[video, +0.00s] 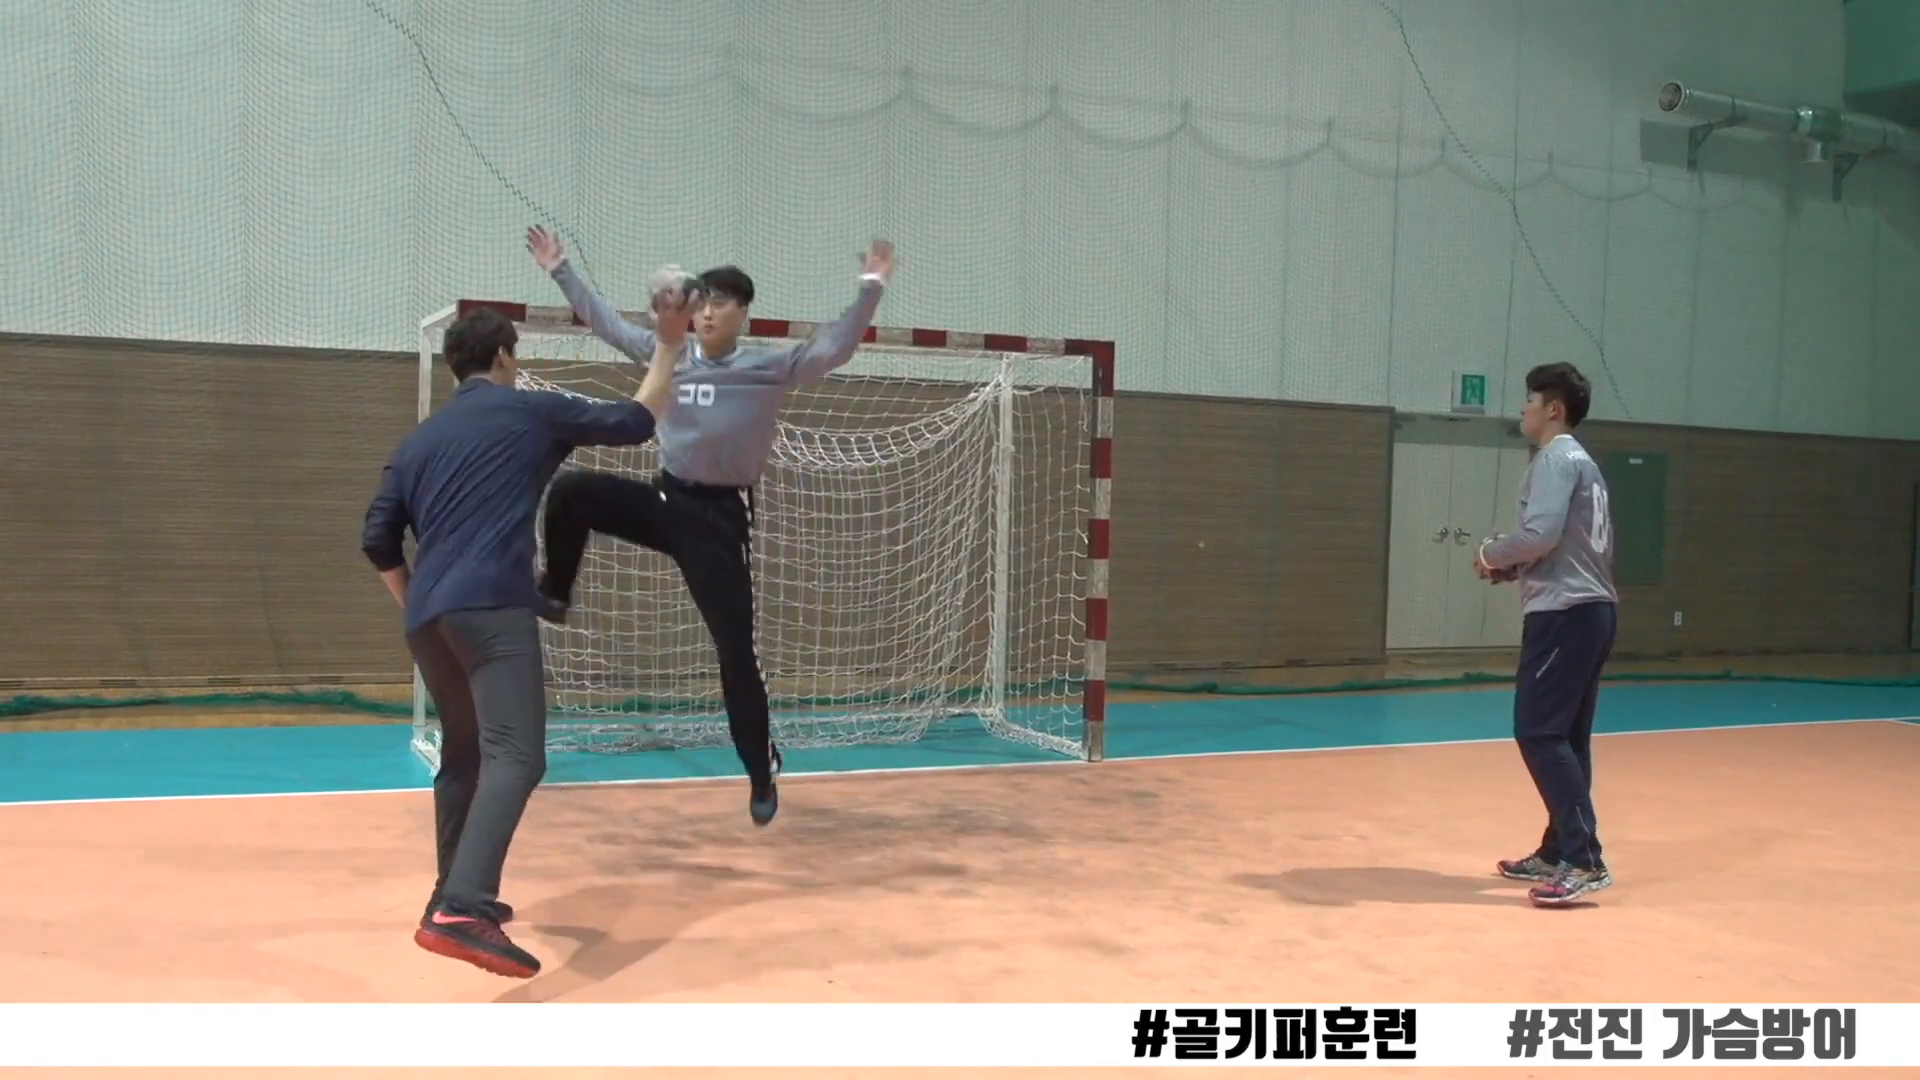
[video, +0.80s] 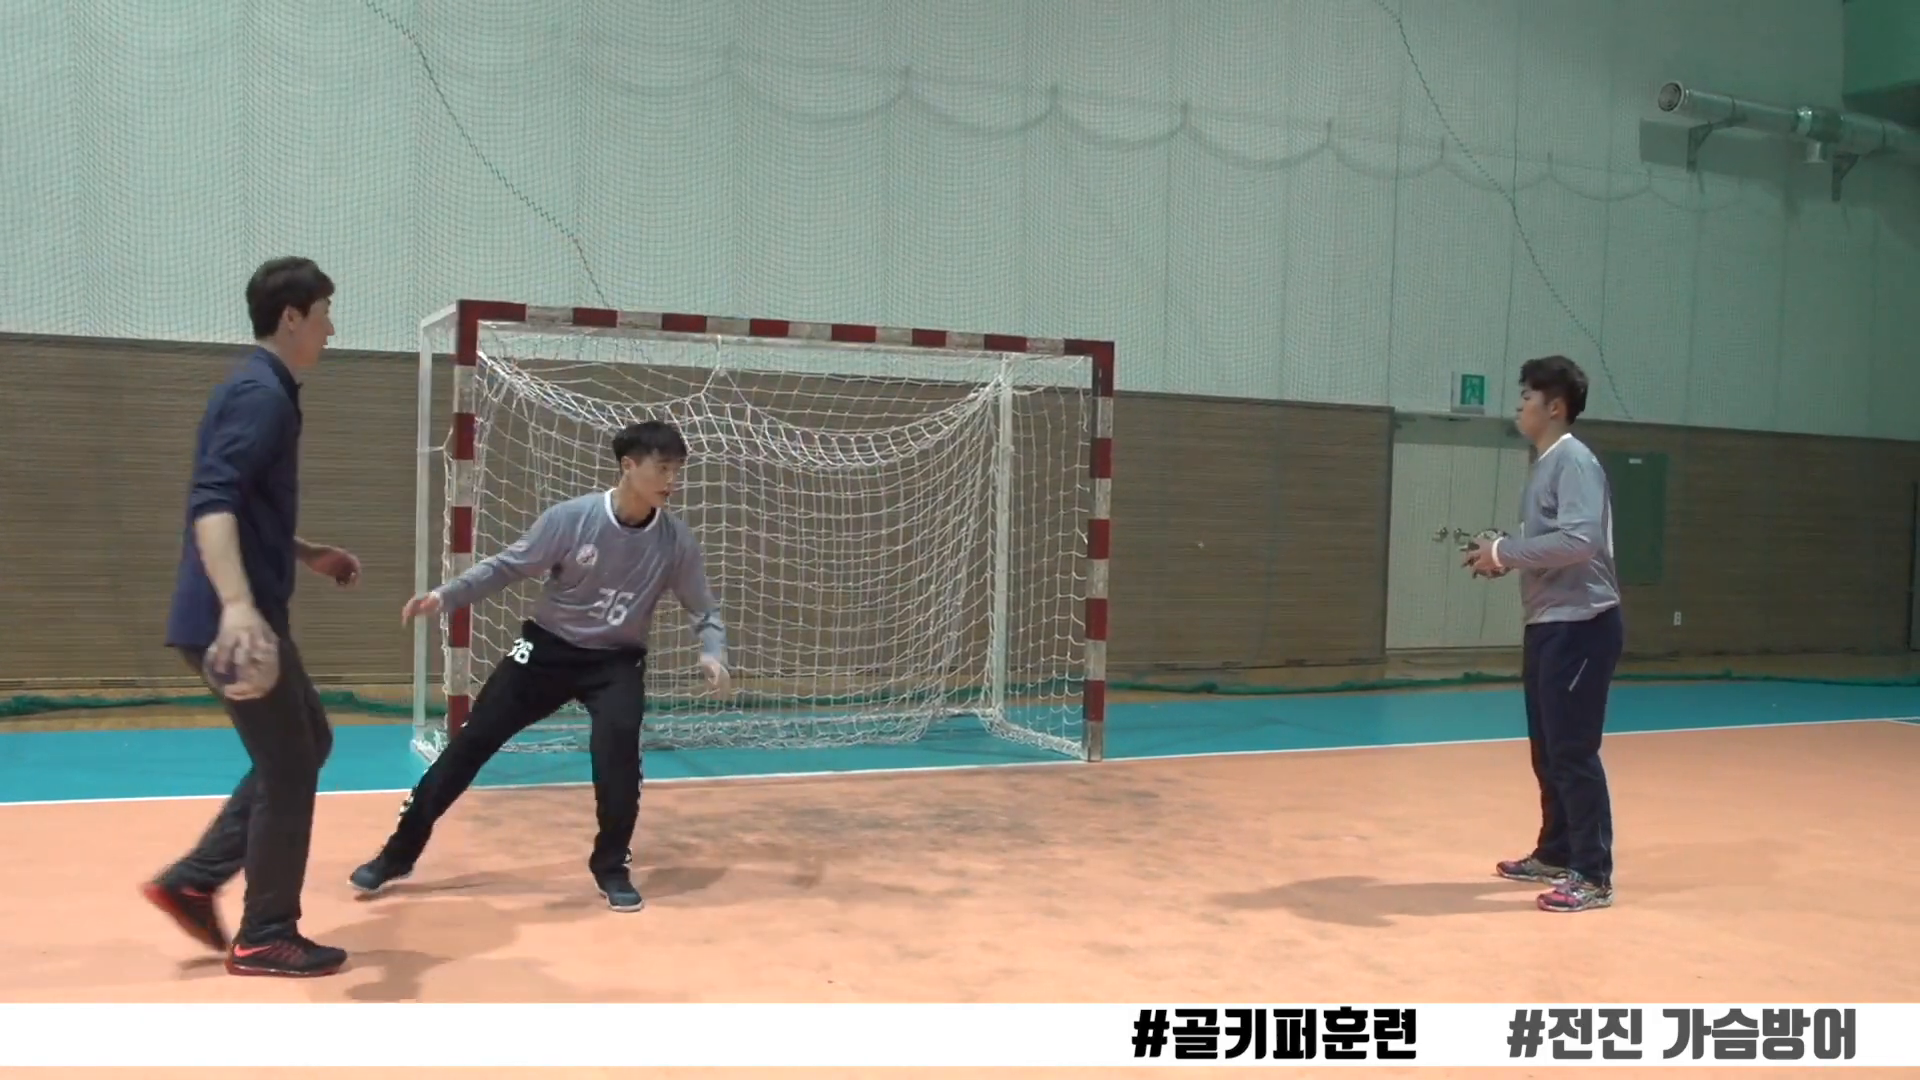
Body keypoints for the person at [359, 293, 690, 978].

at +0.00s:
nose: (520, 365)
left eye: (516, 356)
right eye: (517, 356)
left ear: (455, 366)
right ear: (504, 358)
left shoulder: (419, 439)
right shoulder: (531, 410)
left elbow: (378, 537)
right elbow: (637, 421)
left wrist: (416, 607)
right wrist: (670, 344)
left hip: (425, 613)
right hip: (491, 597)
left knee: (461, 757)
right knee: (515, 755)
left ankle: (453, 903)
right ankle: (464, 908)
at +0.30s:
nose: (464, 338)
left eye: (459, 327)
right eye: (460, 327)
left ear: (398, 337)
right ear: (443, 330)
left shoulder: (359, 424)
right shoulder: (466, 388)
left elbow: (341, 533)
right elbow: (565, 427)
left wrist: (415, 532)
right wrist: (615, 420)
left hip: (374, 596)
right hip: (432, 587)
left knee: (433, 751)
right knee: (466, 752)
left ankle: (453, 896)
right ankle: (354, 894)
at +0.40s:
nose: (438, 334)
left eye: (435, 322)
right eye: (433, 323)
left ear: (375, 331)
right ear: (409, 325)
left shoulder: (340, 418)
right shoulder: (427, 389)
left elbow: (323, 532)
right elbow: (502, 444)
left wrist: (408, 540)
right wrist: (546, 477)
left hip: (356, 603)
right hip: (404, 599)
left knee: (430, 753)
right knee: (434, 765)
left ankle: (452, 895)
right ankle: (313, 900)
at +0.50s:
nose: (408, 336)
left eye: (405, 324)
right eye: (401, 324)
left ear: (353, 330)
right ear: (374, 327)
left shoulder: (322, 410)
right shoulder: (382, 400)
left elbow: (295, 530)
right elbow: (446, 501)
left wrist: (386, 538)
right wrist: (502, 556)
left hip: (335, 607)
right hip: (369, 610)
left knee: (423, 754)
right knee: (386, 777)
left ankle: (450, 896)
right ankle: (279, 923)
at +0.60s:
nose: (385, 340)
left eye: (383, 325)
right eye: (379, 325)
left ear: (333, 330)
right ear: (348, 328)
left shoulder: (294, 407)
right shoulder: (342, 407)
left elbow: (264, 529)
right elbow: (371, 537)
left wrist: (338, 566)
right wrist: (441, 618)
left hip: (293, 618)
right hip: (318, 624)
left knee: (387, 744)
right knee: (346, 780)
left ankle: (436, 891)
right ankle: (267, 935)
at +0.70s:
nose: (360, 339)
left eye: (359, 325)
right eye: (355, 325)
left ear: (309, 327)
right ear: (324, 326)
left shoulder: (275, 397)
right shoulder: (304, 405)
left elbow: (267, 528)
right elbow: (289, 533)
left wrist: (336, 568)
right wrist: (339, 632)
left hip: (274, 613)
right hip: (268, 619)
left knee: (366, 730)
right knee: (324, 772)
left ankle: (346, 891)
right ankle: (266, 936)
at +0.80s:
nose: (331, 325)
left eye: (330, 312)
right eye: (325, 311)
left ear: (283, 317)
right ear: (293, 316)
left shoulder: (268, 387)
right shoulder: (260, 392)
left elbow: (250, 513)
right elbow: (213, 506)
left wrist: (312, 555)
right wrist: (238, 605)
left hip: (250, 614)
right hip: (235, 618)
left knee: (310, 741)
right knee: (289, 759)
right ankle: (267, 935)